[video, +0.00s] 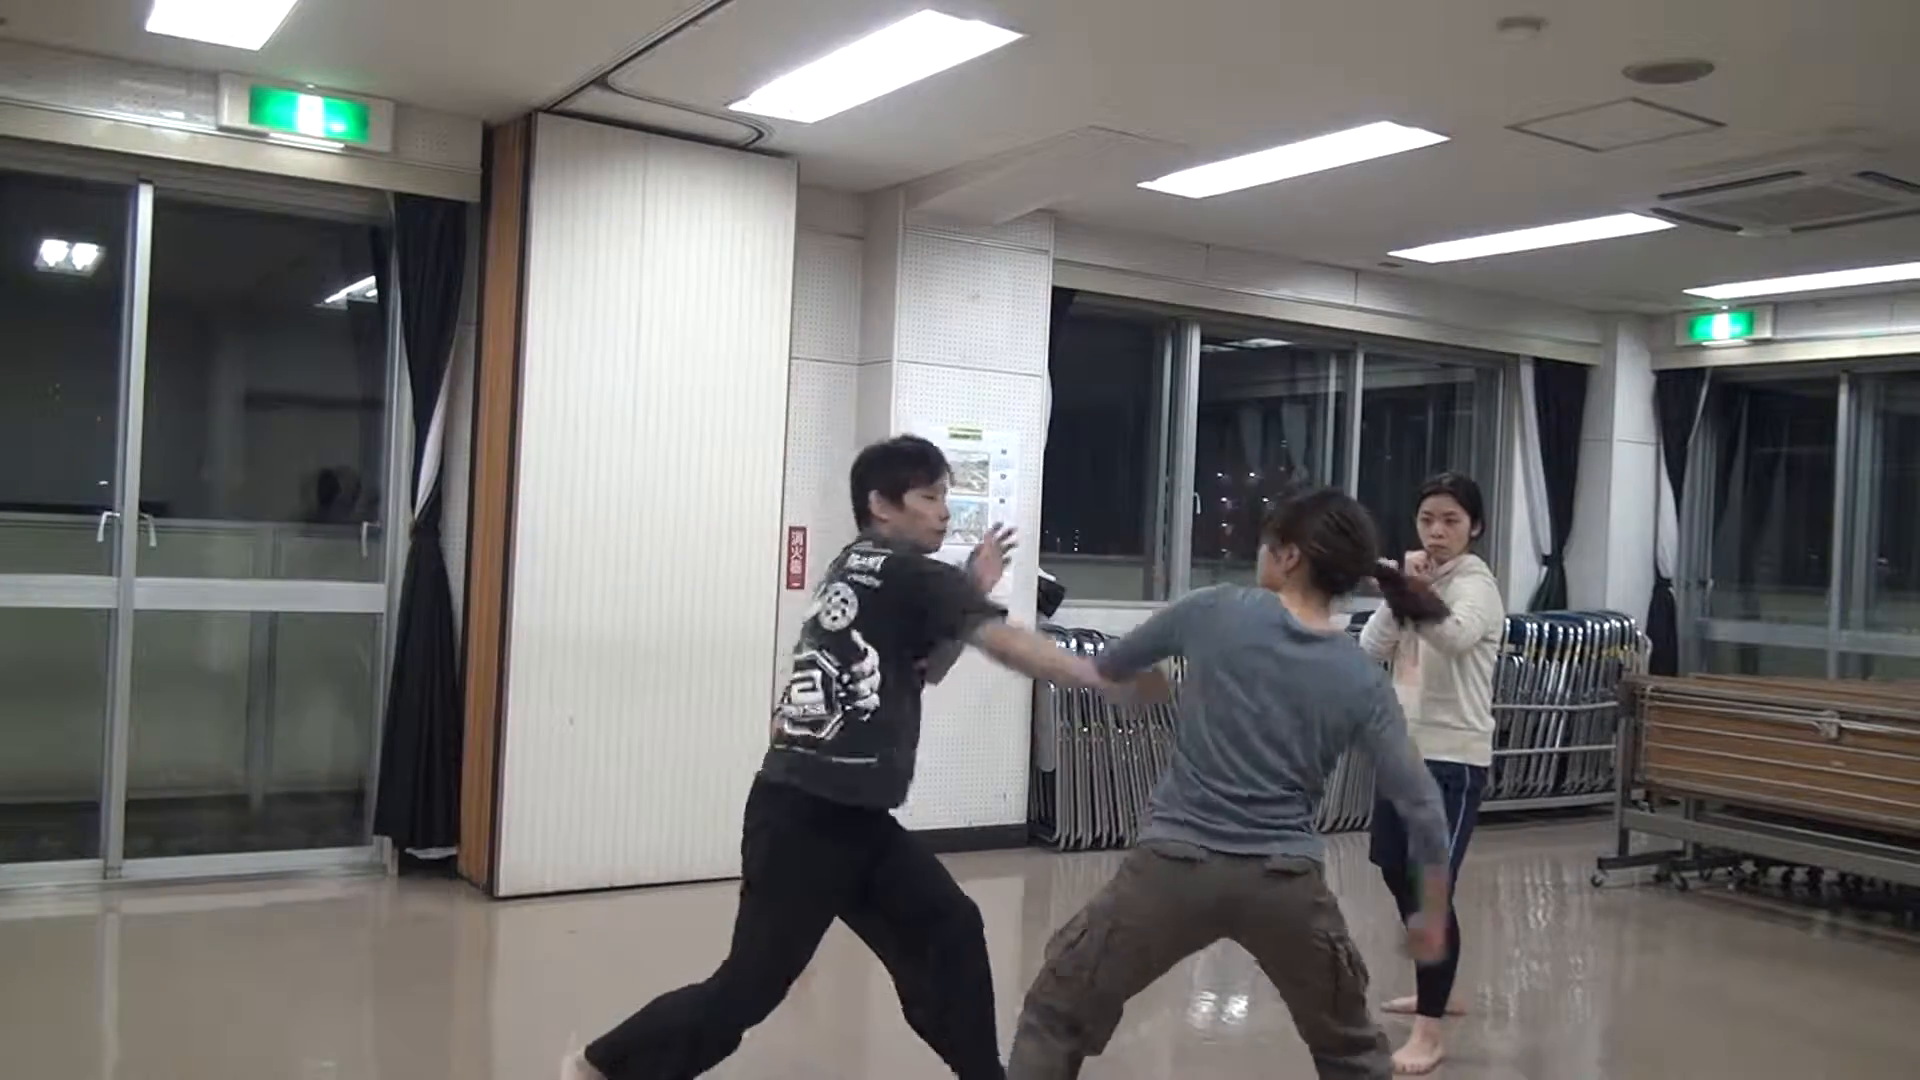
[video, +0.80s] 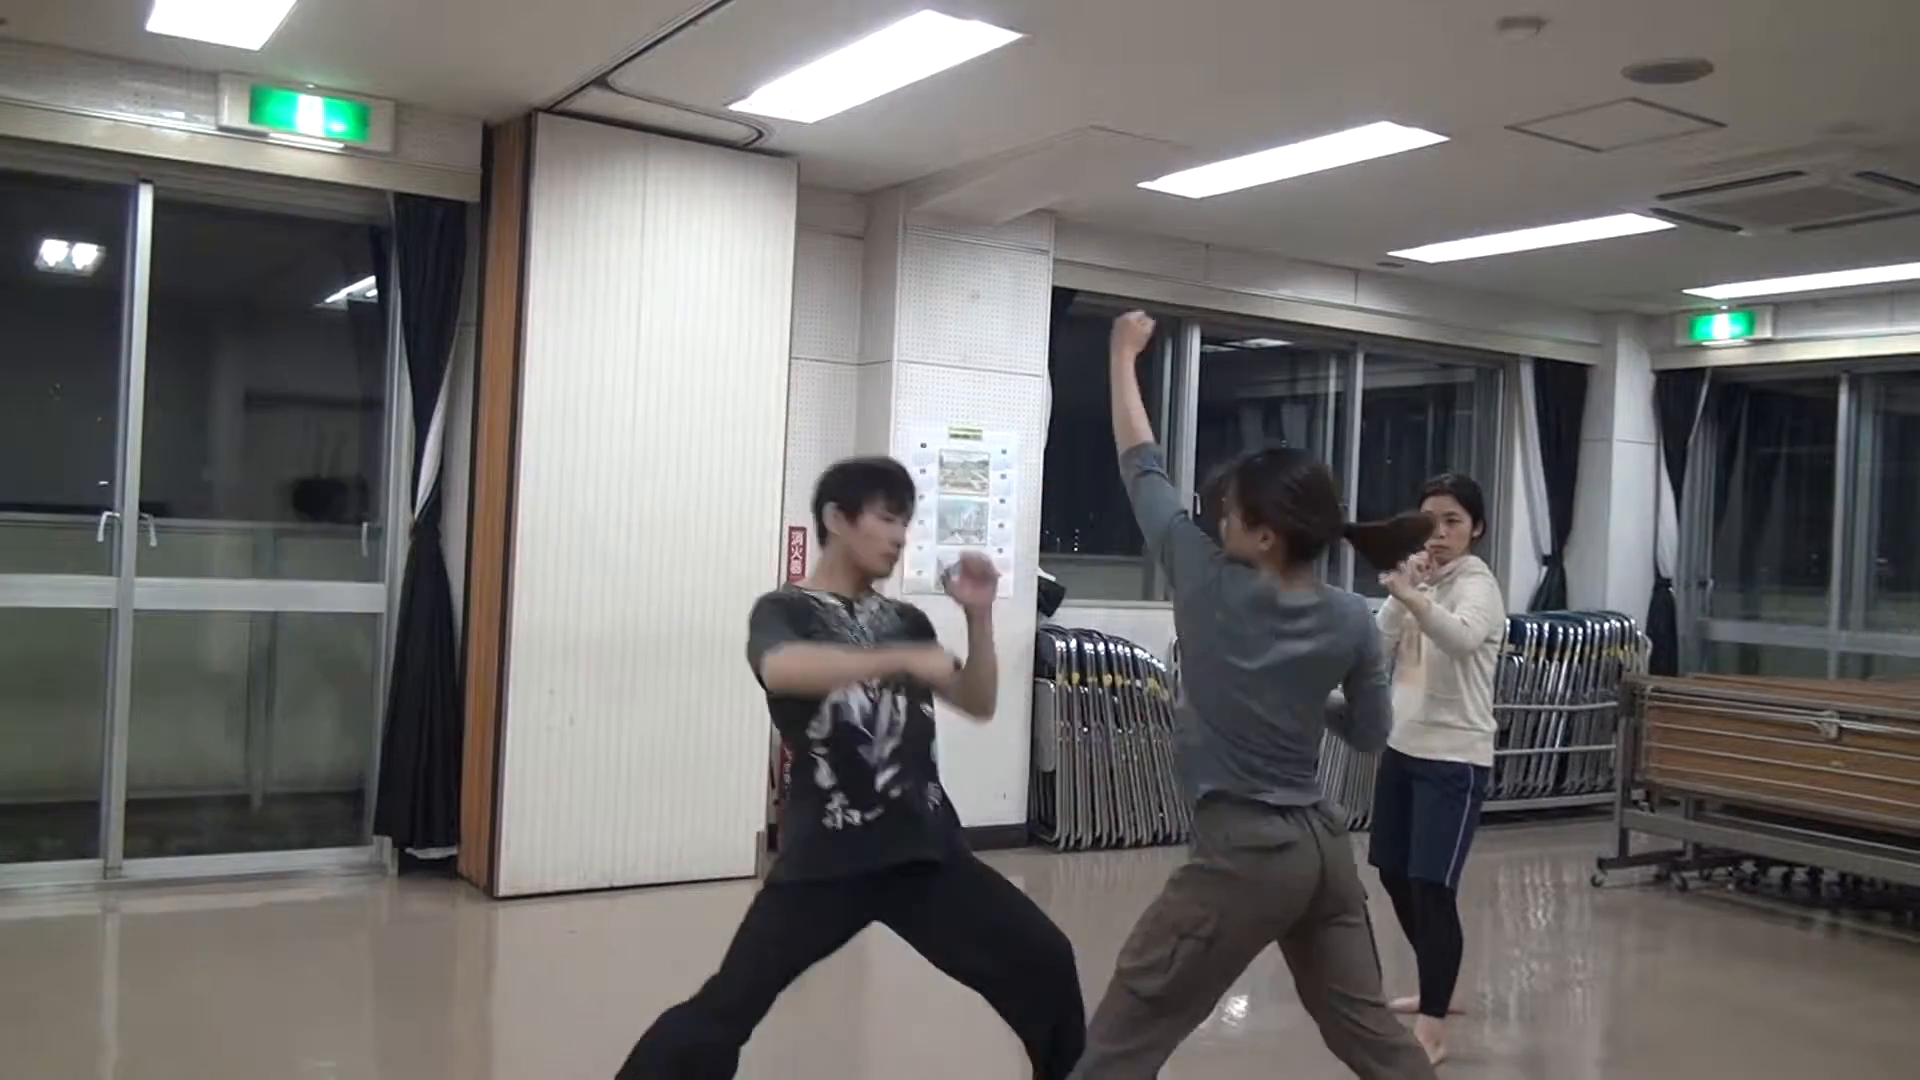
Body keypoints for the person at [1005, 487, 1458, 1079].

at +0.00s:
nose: (1260, 555)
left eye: (1268, 546)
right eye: (1267, 544)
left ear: (1291, 559)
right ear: (1345, 573)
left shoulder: (1213, 612)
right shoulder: (1361, 679)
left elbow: (1111, 660)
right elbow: (1422, 805)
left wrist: (1161, 687)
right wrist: (1434, 912)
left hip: (1172, 870)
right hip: (1284, 885)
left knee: (1054, 1019)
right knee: (1350, 1045)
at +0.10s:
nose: (1196, 545)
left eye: (1201, 531)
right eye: (1199, 530)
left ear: (1227, 542)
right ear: (1285, 543)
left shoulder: (1180, 624)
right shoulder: (1321, 638)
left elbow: (1127, 732)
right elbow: (1407, 720)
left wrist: (1193, 721)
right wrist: (1476, 782)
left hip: (1204, 891)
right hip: (1297, 889)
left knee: (1067, 1037)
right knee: (1329, 1046)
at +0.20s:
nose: (1152, 550)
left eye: (1158, 537)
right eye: (1156, 536)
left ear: (1188, 550)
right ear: (1231, 546)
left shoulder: (1208, 646)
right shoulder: (1276, 626)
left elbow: (1167, 780)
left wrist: (1136, 764)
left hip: (1230, 885)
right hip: (1293, 872)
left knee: (1091, 1029)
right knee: (1315, 1038)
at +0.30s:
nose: (1163, 560)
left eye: (1175, 547)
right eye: (1166, 546)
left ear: (1220, 558)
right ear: (1221, 558)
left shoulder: (1265, 643)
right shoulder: (1232, 612)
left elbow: (1237, 740)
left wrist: (1194, 807)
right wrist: (1048, 507)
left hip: (1247, 881)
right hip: (1276, 871)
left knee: (1103, 1023)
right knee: (1314, 1039)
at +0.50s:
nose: (1147, 634)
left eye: (1154, 620)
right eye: (1148, 619)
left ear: (1196, 629)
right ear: (1196, 629)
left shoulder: (1293, 688)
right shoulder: (1183, 706)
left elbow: (1428, 725)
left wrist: (1373, 821)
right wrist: (1169, 794)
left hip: (1256, 937)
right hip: (1224, 926)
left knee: (1069, 1019)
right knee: (1267, 1066)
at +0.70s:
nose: (1188, 570)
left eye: (1196, 556)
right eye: (1189, 556)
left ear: (1236, 565)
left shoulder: (1197, 648)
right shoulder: (1344, 626)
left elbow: (1080, 619)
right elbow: (1403, 732)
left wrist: (1096, 523)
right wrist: (1333, 719)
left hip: (1223, 882)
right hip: (1304, 876)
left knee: (1093, 1036)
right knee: (1343, 1041)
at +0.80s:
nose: (1220, 528)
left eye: (1232, 517)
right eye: (1227, 515)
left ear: (1268, 535)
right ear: (1293, 535)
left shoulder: (1203, 579)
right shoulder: (1353, 618)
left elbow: (1141, 464)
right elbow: (1372, 732)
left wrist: (1123, 357)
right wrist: (1310, 693)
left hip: (1240, 855)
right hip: (1325, 850)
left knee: (1121, 1043)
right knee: (1374, 1036)